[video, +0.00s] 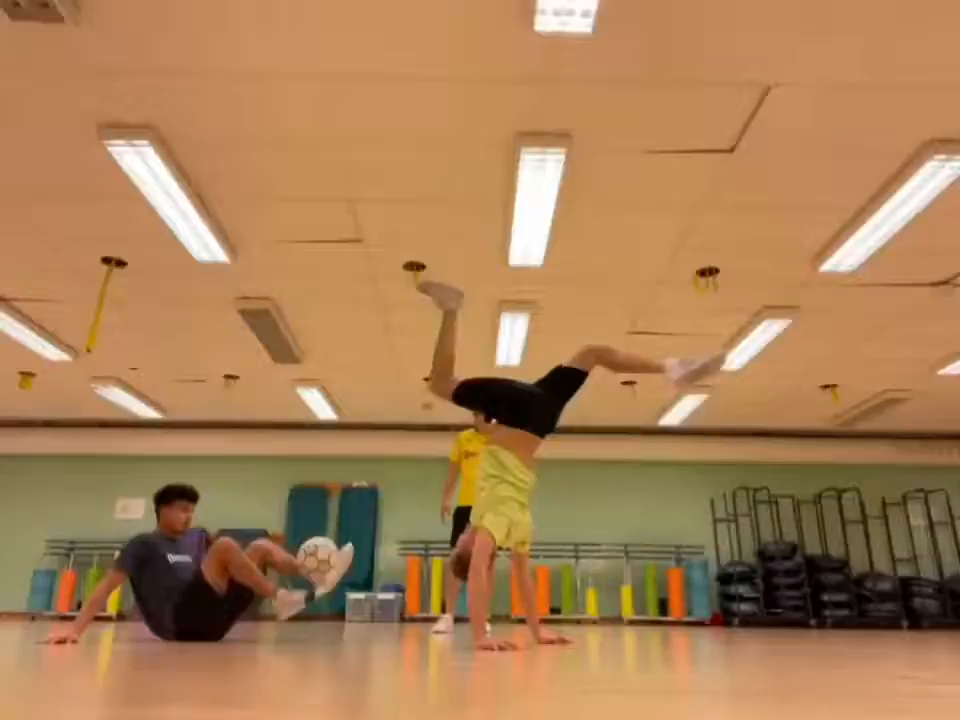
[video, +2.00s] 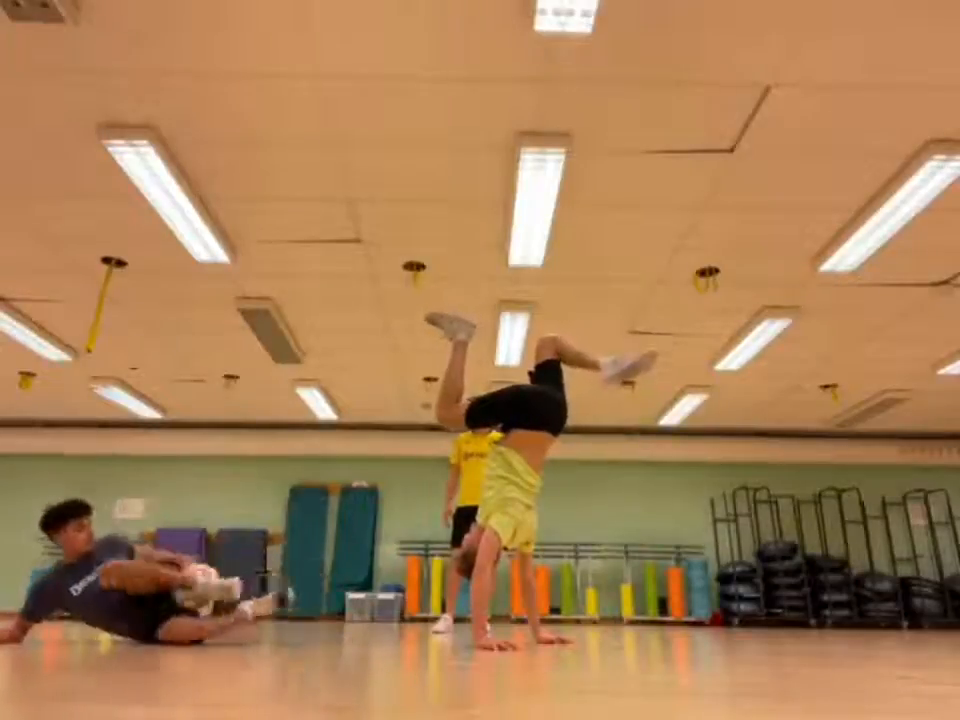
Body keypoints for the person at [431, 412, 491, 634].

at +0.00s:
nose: (478, 420)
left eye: (482, 415)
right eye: (475, 415)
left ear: (492, 417)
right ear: (472, 416)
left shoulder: (501, 439)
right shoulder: (464, 439)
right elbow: (453, 472)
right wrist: (446, 500)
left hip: (493, 506)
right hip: (467, 504)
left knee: (487, 565)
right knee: (456, 562)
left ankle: (483, 619)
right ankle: (448, 613)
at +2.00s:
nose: (477, 421)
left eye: (481, 415)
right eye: (473, 414)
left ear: (492, 416)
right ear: (466, 416)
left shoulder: (500, 439)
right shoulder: (463, 440)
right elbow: (454, 473)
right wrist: (449, 502)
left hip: (492, 504)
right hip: (466, 504)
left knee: (488, 564)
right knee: (457, 560)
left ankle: (483, 618)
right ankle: (449, 613)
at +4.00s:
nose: (472, 416)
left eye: (476, 410)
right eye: (469, 411)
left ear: (488, 413)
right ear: (465, 414)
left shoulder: (498, 438)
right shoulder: (461, 440)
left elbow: (506, 472)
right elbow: (453, 474)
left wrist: (502, 504)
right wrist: (447, 504)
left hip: (492, 505)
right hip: (465, 504)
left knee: (489, 565)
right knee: (456, 557)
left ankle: (485, 617)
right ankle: (449, 613)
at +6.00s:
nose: (353, 368)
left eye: (358, 364)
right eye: (349, 363)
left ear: (364, 370)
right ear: (340, 368)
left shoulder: (373, 403)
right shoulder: (325, 403)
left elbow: (379, 443)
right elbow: (312, 443)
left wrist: (375, 478)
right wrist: (307, 477)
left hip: (356, 477)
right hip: (325, 477)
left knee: (346, 543)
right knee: (310, 541)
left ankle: (340, 613)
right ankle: (321, 606)